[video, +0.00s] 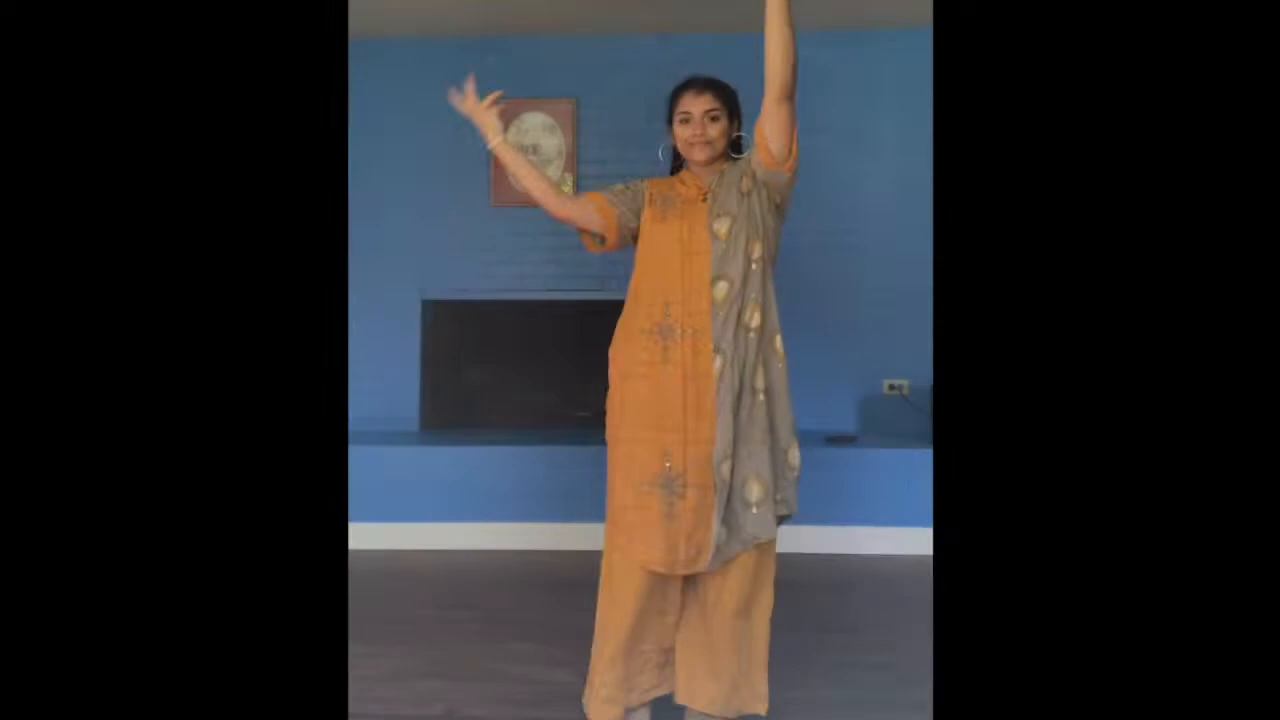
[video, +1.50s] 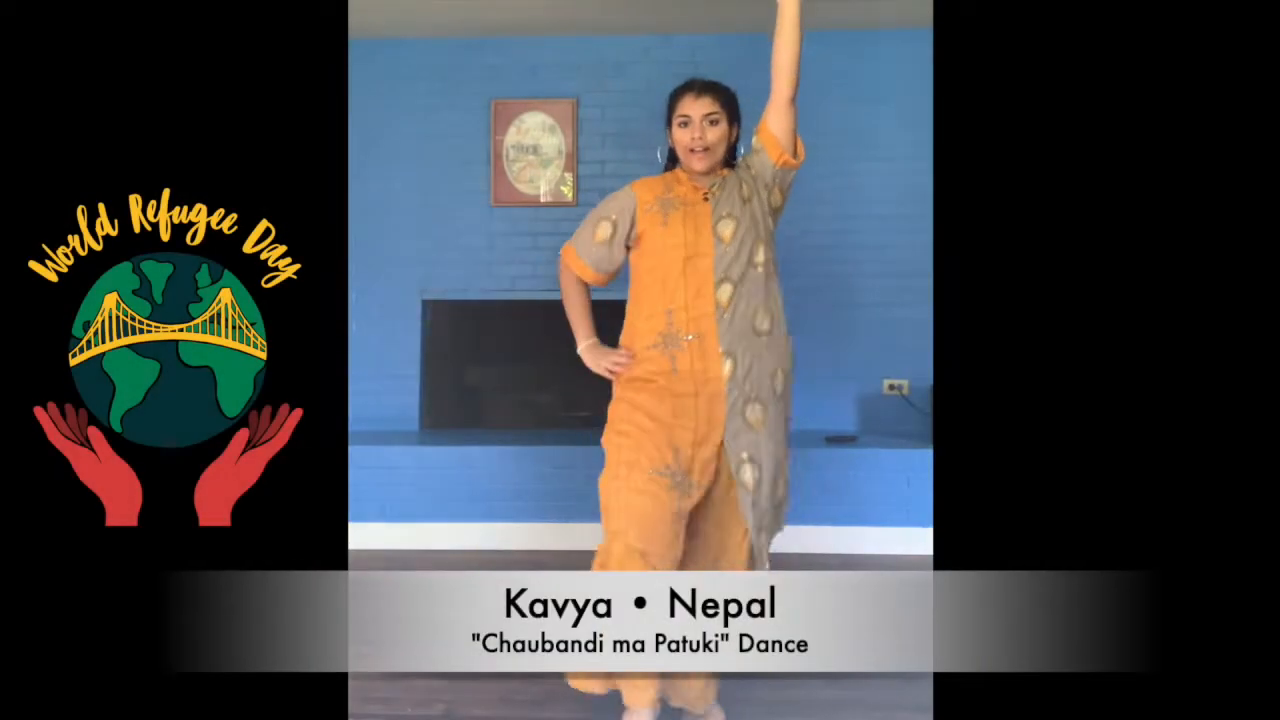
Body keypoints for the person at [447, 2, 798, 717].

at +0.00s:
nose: (699, 127)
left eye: (711, 117)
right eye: (686, 119)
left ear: (732, 129)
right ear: (671, 132)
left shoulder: (757, 189)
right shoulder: (650, 198)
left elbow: (780, 91)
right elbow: (564, 205)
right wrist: (495, 136)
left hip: (736, 397)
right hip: (651, 397)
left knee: (731, 560)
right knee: (640, 557)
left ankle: (720, 708)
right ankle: (616, 707)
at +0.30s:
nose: (700, 120)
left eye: (713, 109)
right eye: (688, 111)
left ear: (736, 120)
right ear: (673, 125)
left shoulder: (762, 180)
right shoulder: (649, 195)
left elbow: (789, 81)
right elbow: (562, 228)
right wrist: (463, 241)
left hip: (736, 394)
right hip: (650, 392)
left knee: (725, 554)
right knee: (632, 548)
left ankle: (715, 700)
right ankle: (639, 700)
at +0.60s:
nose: (694, 116)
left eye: (708, 105)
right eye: (682, 107)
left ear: (730, 117)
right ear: (667, 120)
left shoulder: (753, 178)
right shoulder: (640, 191)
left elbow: (796, 83)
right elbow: (566, 248)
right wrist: (473, 282)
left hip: (732, 382)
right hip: (650, 382)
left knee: (720, 536)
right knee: (638, 537)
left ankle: (704, 690)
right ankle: (631, 694)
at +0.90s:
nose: (697, 131)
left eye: (710, 120)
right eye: (684, 121)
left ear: (731, 132)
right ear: (668, 133)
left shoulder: (753, 190)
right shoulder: (638, 199)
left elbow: (794, 96)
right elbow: (565, 260)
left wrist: (806, 6)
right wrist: (577, 344)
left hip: (740, 399)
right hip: (653, 399)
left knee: (733, 553)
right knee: (635, 551)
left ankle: (713, 706)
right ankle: (633, 706)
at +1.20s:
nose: (695, 122)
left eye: (707, 109)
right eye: (682, 111)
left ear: (729, 119)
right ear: (667, 122)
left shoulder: (753, 180)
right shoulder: (639, 187)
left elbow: (785, 78)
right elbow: (583, 247)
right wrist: (585, 295)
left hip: (731, 375)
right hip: (645, 372)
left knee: (725, 526)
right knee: (630, 521)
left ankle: (701, 689)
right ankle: (614, 690)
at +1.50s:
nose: (697, 133)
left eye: (710, 120)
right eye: (684, 122)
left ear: (732, 132)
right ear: (669, 134)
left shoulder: (754, 190)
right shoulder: (640, 200)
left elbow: (784, 90)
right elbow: (574, 263)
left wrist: (789, 2)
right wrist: (588, 343)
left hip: (738, 401)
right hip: (651, 400)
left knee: (720, 558)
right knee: (642, 552)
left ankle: (695, 698)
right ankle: (640, 703)